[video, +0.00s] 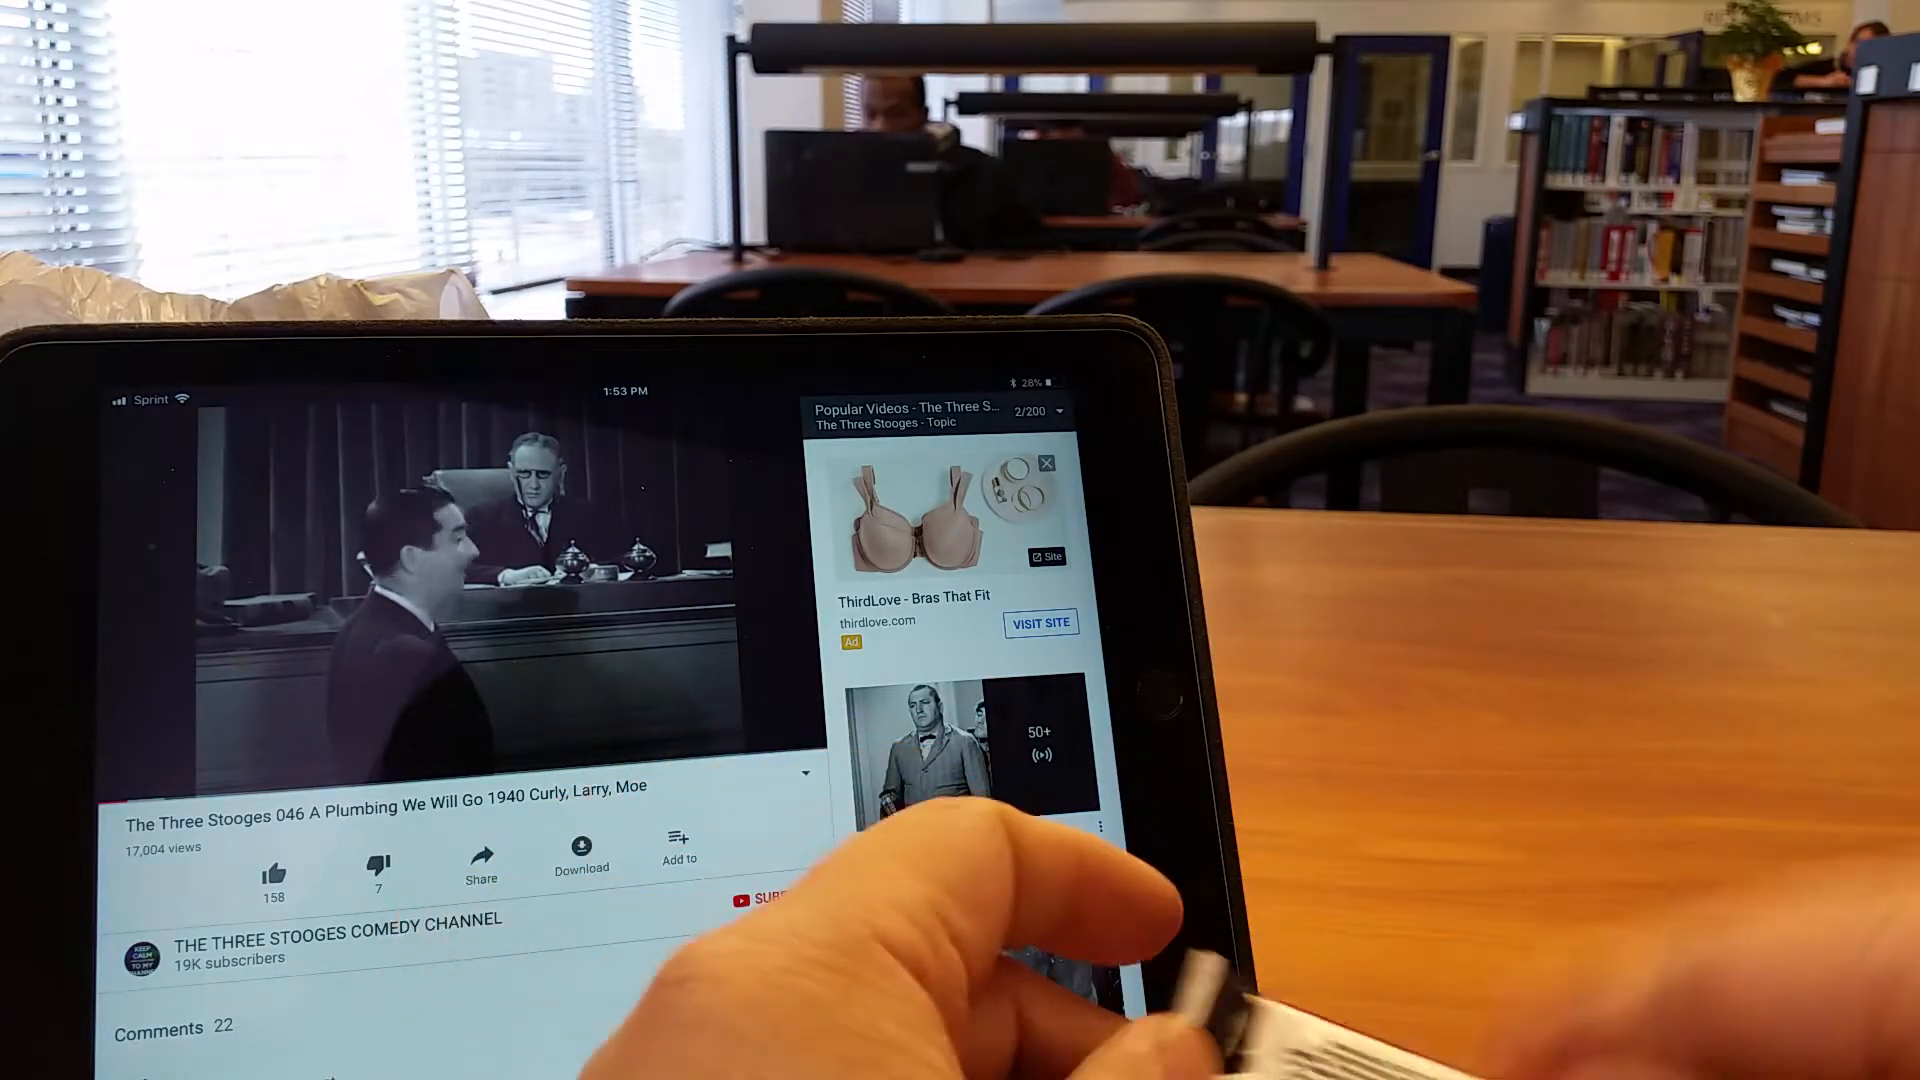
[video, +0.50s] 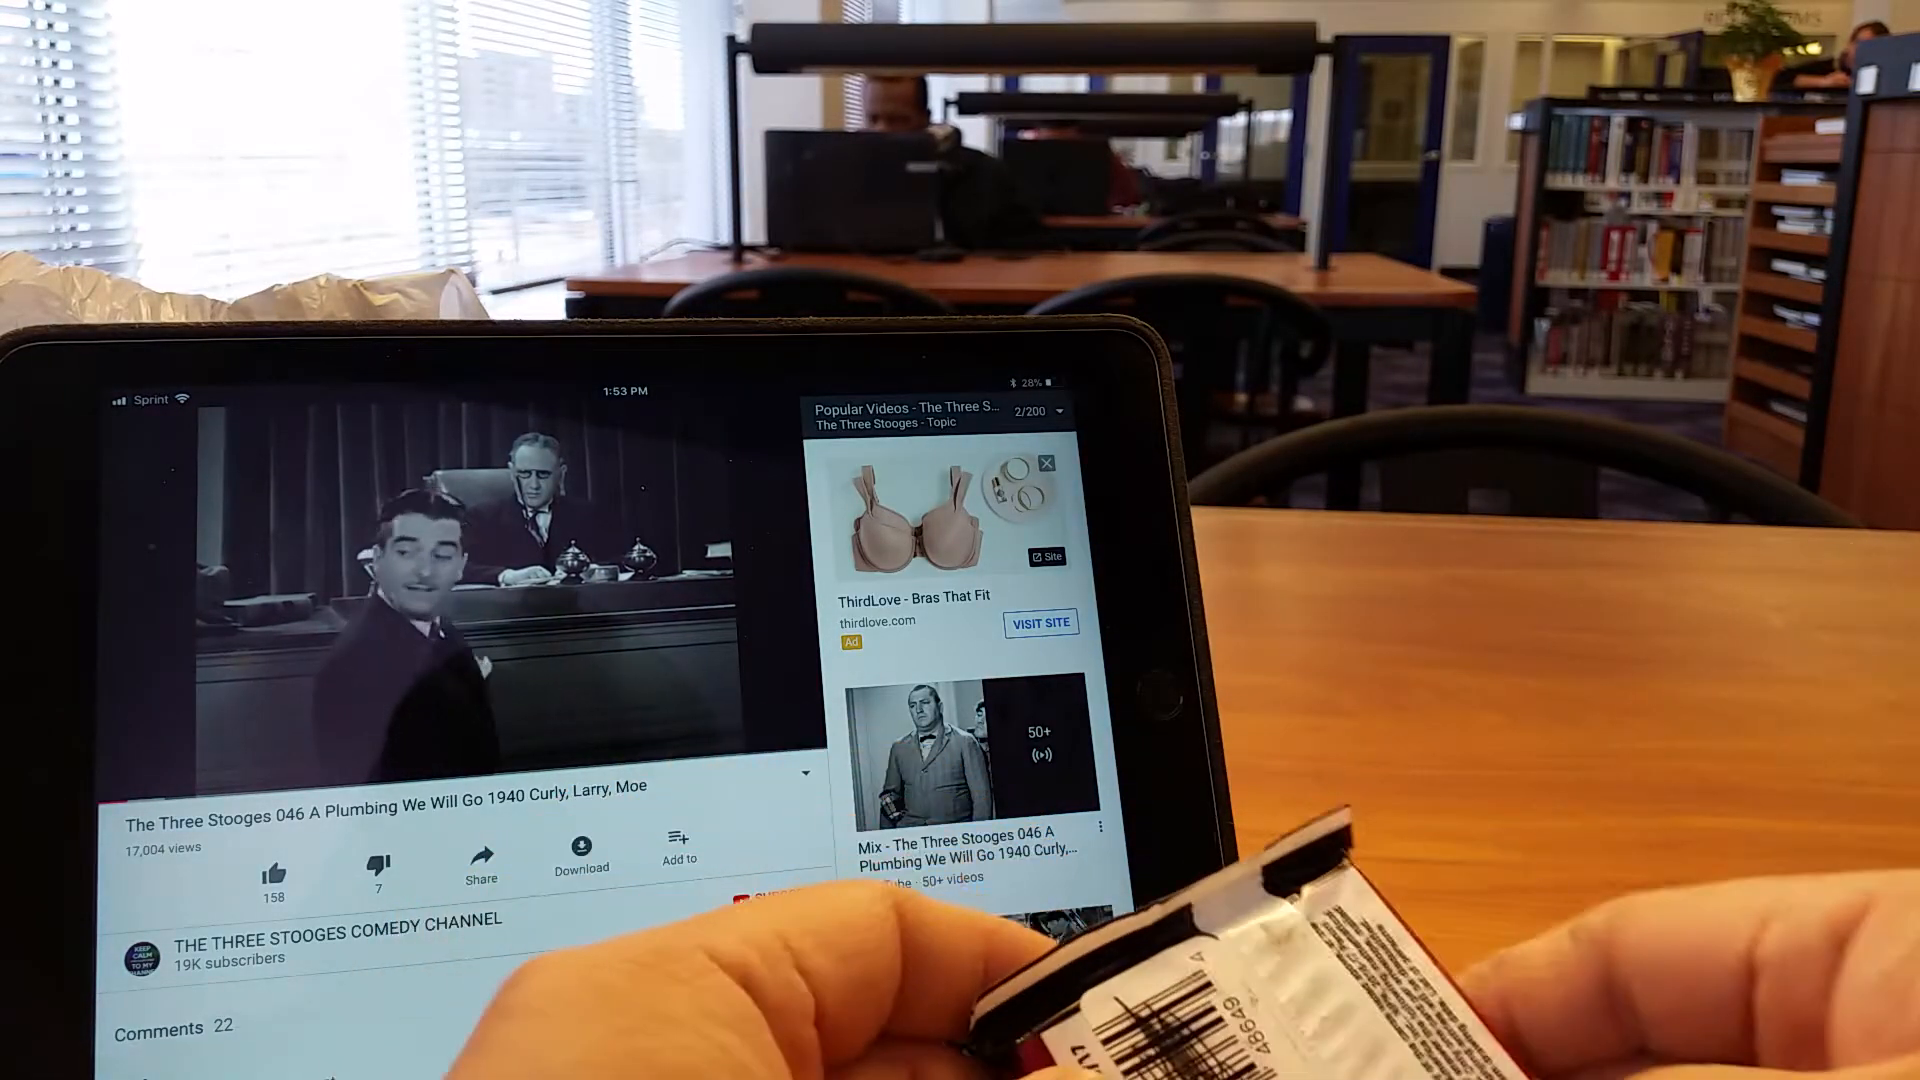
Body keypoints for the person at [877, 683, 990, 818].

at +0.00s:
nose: (919, 710)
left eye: (925, 703)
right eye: (913, 705)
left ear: (939, 706)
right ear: (910, 712)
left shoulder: (965, 743)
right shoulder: (899, 749)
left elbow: (982, 797)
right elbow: (891, 793)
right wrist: (888, 801)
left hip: (958, 824)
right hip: (915, 826)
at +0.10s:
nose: (919, 710)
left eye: (925, 703)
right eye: (913, 706)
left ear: (939, 707)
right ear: (909, 711)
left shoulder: (964, 743)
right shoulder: (899, 749)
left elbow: (981, 795)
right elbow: (890, 796)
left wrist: (982, 835)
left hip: (955, 823)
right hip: (913, 826)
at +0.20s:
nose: (919, 710)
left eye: (925, 703)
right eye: (913, 705)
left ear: (939, 706)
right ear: (909, 712)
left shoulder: (965, 742)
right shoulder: (900, 749)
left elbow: (981, 795)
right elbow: (892, 790)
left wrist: (978, 834)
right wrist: (887, 799)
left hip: (957, 833)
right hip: (915, 834)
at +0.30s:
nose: (919, 710)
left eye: (925, 703)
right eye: (913, 705)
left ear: (939, 706)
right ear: (909, 711)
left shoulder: (964, 742)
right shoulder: (899, 748)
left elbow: (981, 794)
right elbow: (891, 795)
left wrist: (979, 834)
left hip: (955, 832)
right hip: (910, 835)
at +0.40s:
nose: (919, 709)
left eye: (925, 703)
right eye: (913, 705)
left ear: (939, 706)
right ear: (909, 711)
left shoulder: (964, 742)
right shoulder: (899, 748)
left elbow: (981, 796)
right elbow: (890, 794)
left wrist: (979, 835)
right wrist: (887, 839)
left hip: (955, 833)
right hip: (910, 836)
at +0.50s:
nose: (919, 709)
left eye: (925, 703)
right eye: (913, 705)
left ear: (939, 706)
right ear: (909, 711)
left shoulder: (964, 742)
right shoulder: (899, 748)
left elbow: (981, 795)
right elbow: (890, 795)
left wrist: (979, 835)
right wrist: (887, 839)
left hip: (955, 832)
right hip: (910, 836)